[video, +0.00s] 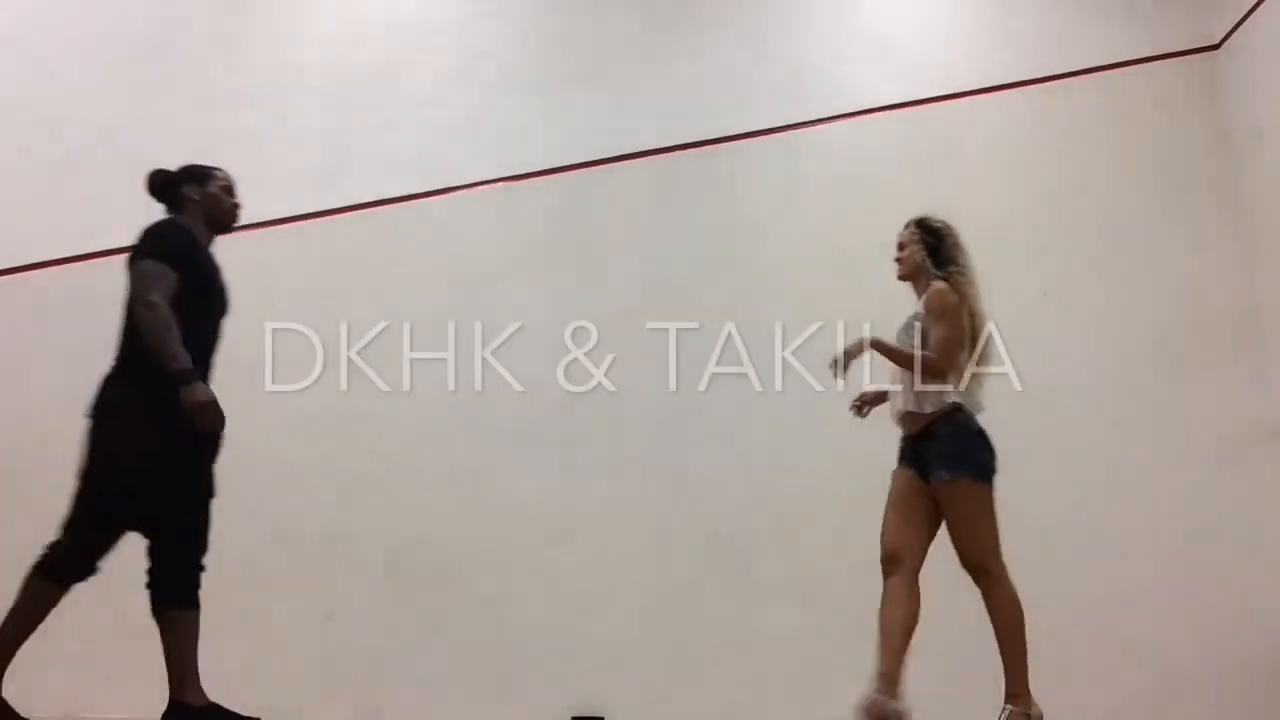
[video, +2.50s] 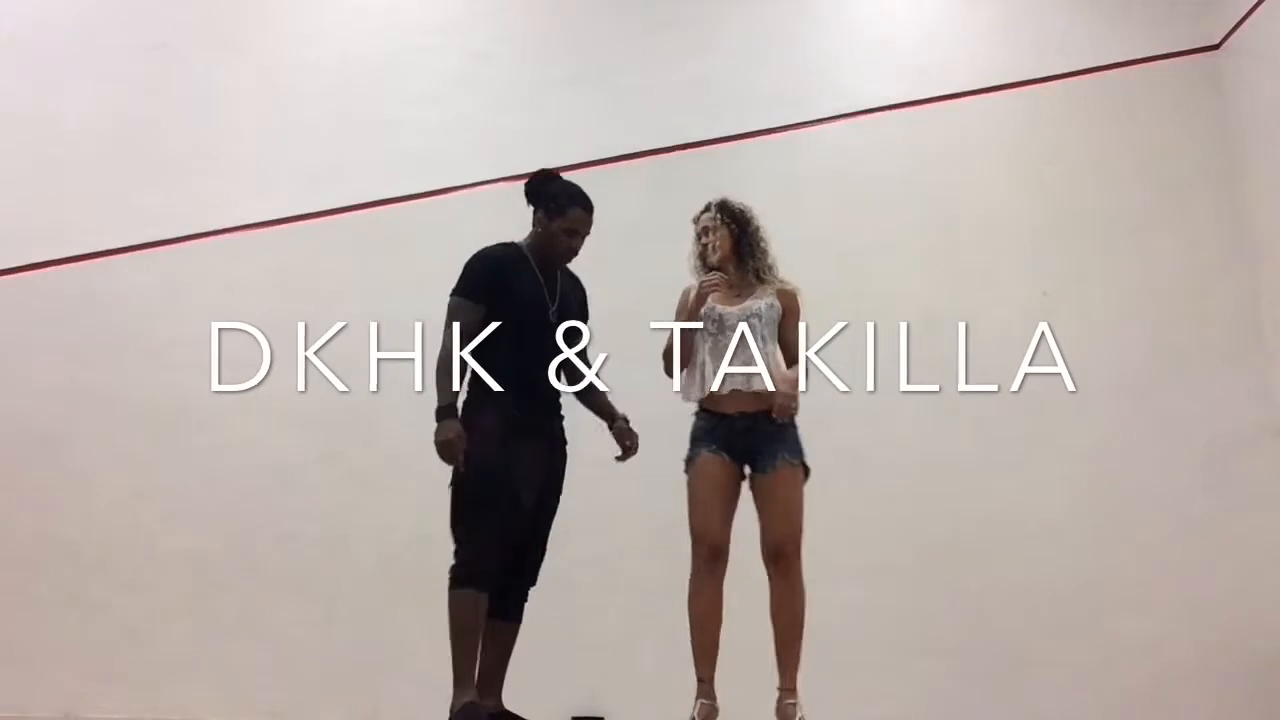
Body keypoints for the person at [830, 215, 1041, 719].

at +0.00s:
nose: (896, 256)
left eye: (904, 246)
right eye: (896, 249)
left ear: (929, 250)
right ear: (917, 255)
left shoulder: (943, 293)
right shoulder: (928, 307)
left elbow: (942, 364)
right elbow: (933, 384)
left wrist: (872, 345)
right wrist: (887, 395)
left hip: (953, 442)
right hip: (917, 446)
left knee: (985, 567)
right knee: (897, 563)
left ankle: (1020, 701)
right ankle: (886, 693)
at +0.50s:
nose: (813, 246)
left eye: (820, 237)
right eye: (813, 238)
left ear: (845, 239)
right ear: (831, 245)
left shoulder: (868, 284)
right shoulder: (839, 299)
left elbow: (872, 348)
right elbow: (830, 378)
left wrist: (823, 316)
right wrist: (785, 375)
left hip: (849, 433)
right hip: (822, 437)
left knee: (804, 553)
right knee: (839, 566)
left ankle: (894, 676)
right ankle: (858, 695)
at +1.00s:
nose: (736, 246)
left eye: (740, 236)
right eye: (734, 238)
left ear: (764, 235)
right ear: (760, 239)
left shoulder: (791, 286)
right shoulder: (776, 292)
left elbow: (806, 354)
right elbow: (772, 352)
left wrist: (759, 381)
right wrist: (730, 329)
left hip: (777, 422)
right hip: (763, 422)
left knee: (769, 558)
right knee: (769, 564)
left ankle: (762, 698)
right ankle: (850, 689)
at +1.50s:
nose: (696, 233)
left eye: (702, 223)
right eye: (696, 225)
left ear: (726, 224)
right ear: (716, 229)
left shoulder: (761, 271)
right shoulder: (725, 284)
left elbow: (758, 340)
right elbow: (720, 361)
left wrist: (707, 317)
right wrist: (684, 349)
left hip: (756, 416)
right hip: (716, 421)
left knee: (755, 549)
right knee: (682, 541)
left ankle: (762, 694)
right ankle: (737, 657)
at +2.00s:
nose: (681, 247)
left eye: (687, 236)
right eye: (679, 238)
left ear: (714, 234)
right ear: (689, 244)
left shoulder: (765, 282)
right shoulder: (687, 298)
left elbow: (795, 357)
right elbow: (672, 379)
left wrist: (755, 351)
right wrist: (662, 335)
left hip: (736, 430)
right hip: (682, 429)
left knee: (708, 549)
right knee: (686, 559)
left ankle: (727, 689)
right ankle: (700, 694)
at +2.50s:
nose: (705, 241)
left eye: (713, 231)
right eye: (701, 235)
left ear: (739, 234)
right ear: (699, 244)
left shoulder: (780, 296)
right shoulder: (696, 296)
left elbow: (794, 362)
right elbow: (673, 368)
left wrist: (789, 387)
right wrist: (691, 309)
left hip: (773, 431)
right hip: (713, 431)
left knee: (782, 555)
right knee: (709, 553)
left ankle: (788, 692)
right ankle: (705, 693)